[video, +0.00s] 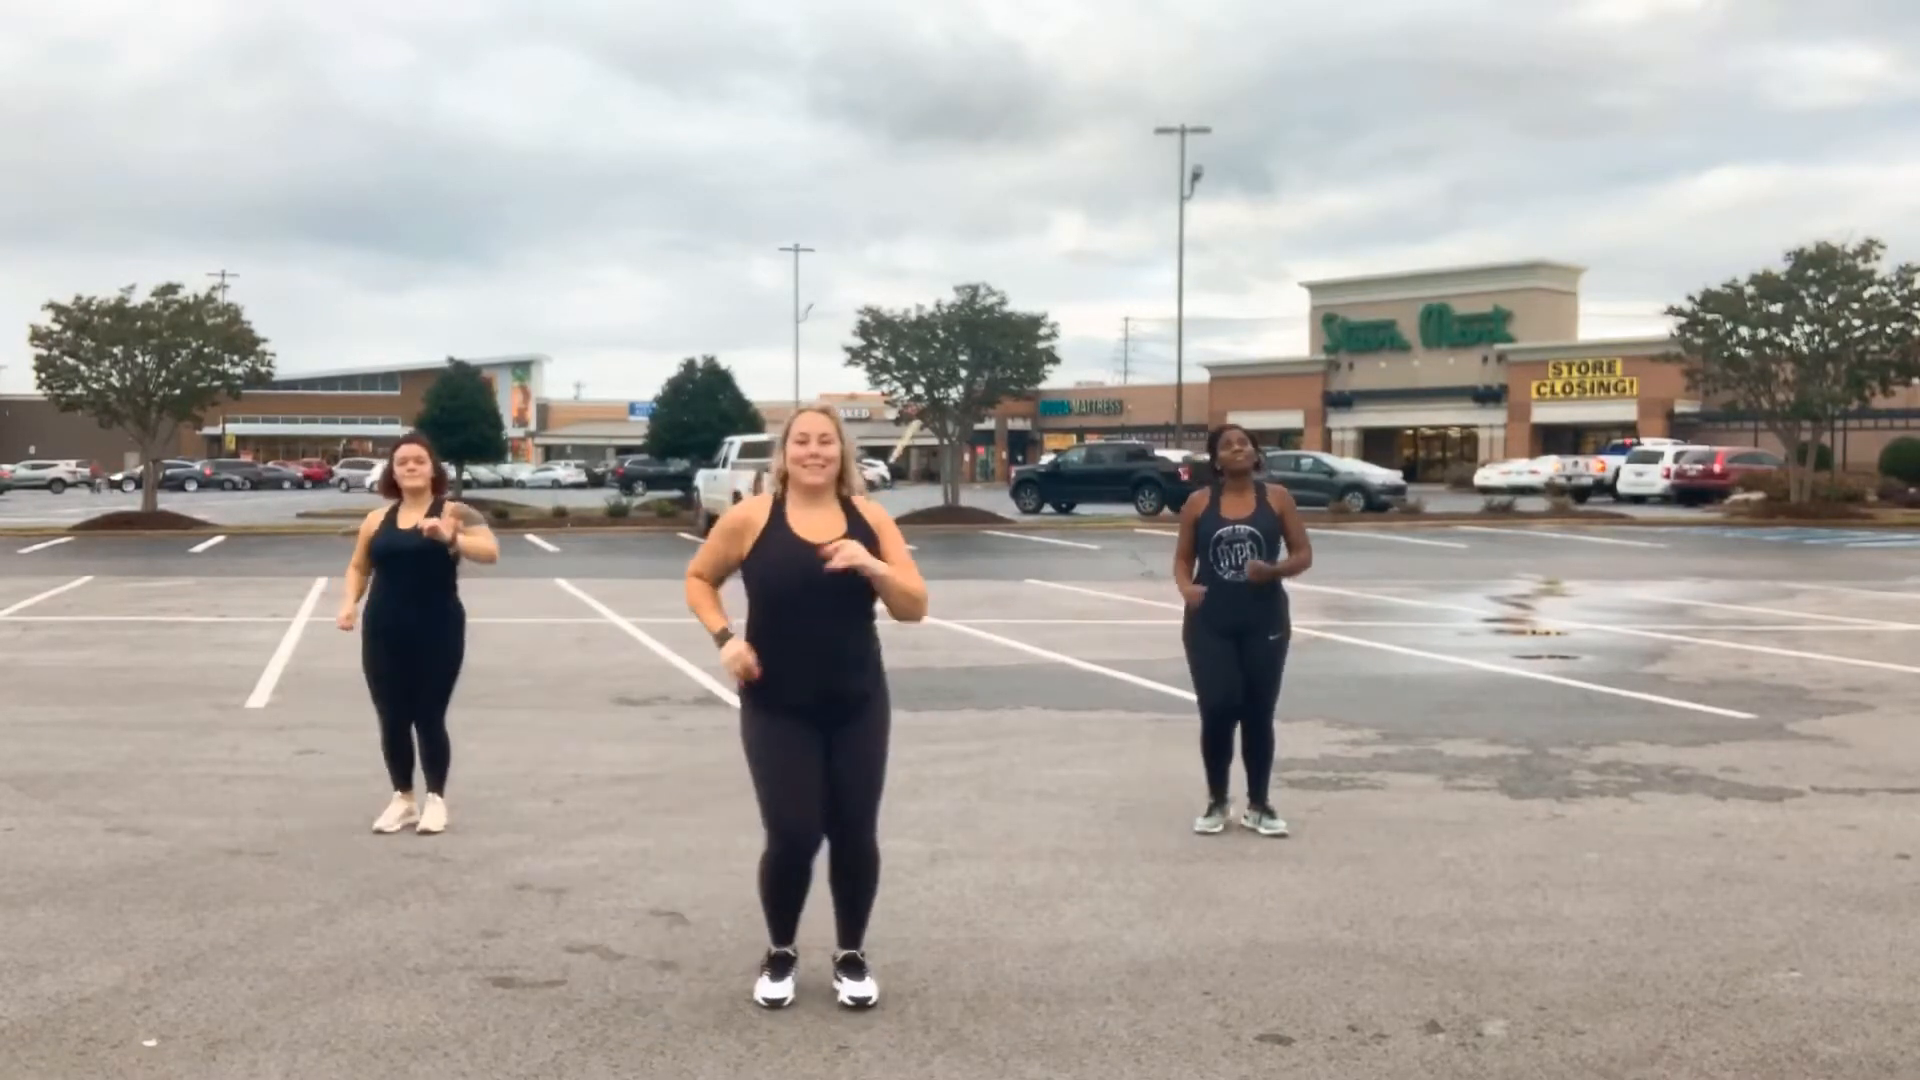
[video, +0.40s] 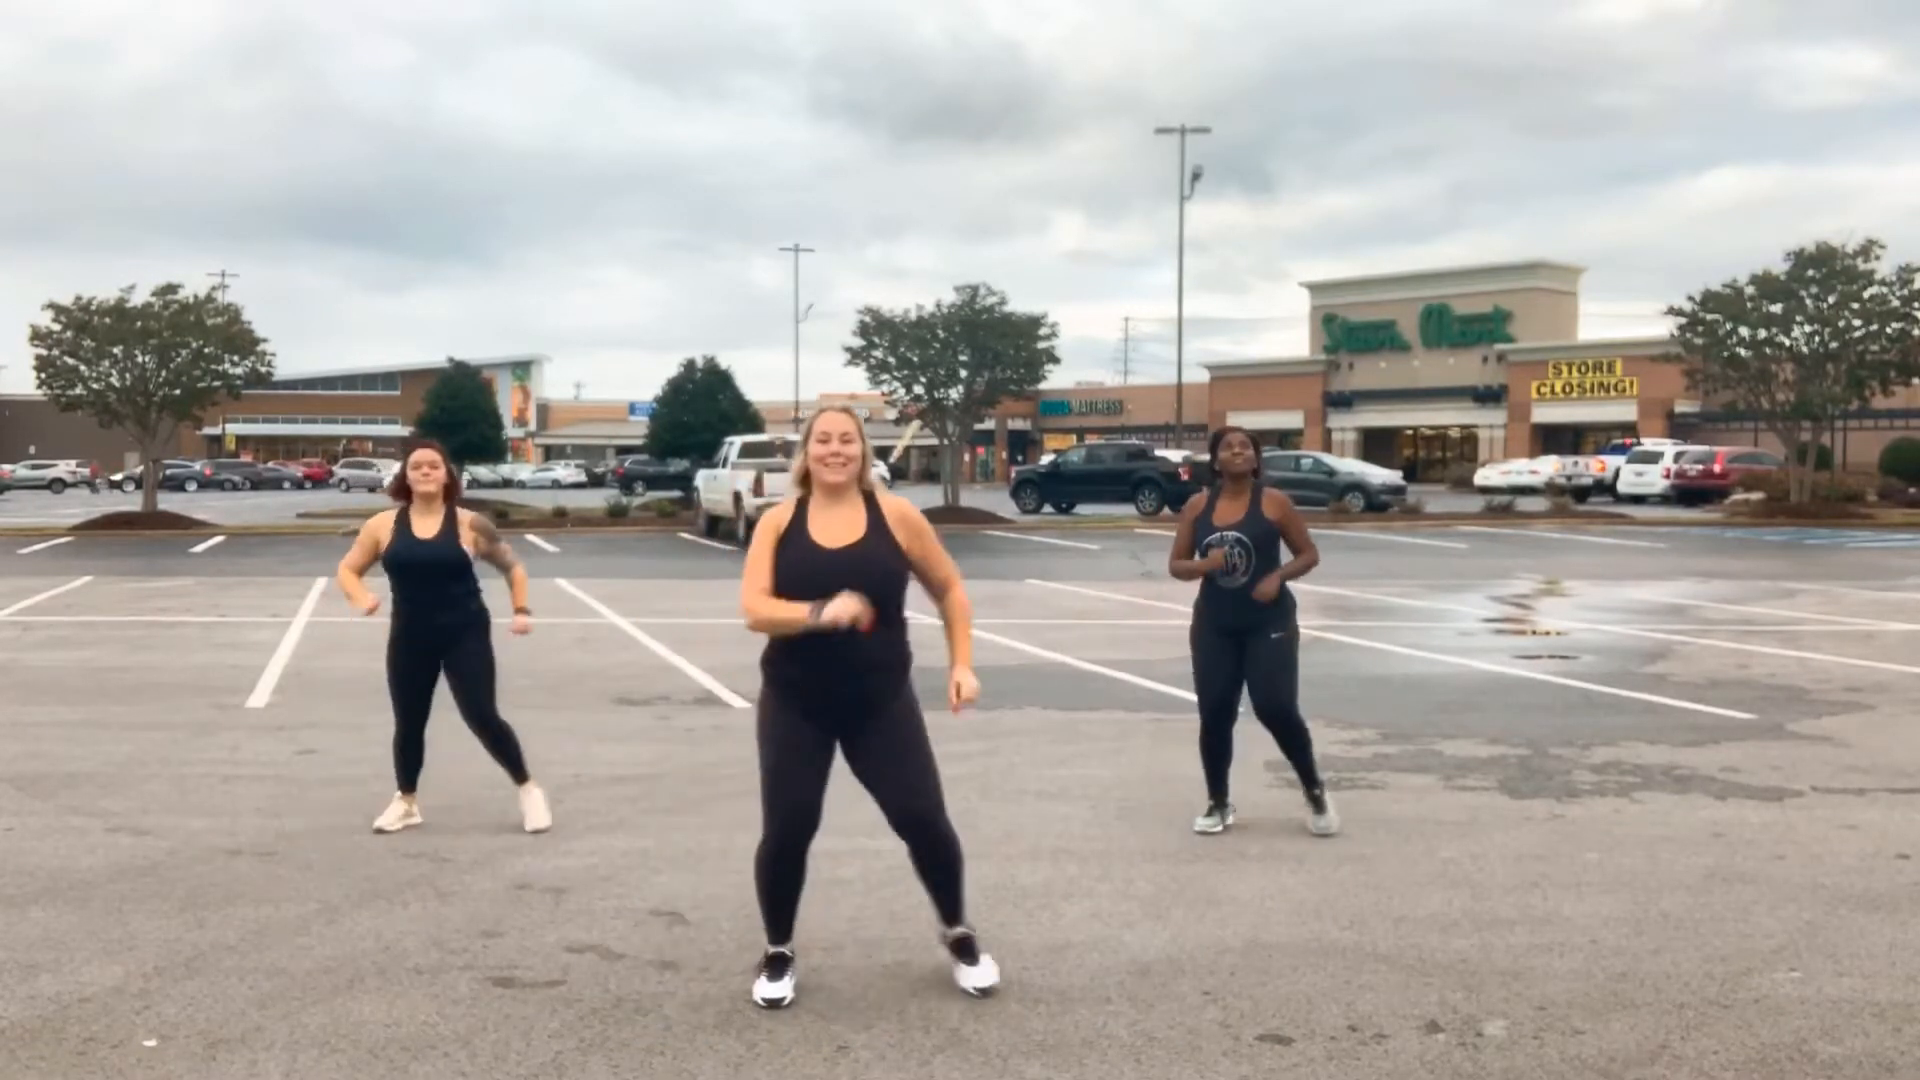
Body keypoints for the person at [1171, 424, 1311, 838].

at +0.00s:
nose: (1238, 451)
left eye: (1244, 444)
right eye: (1229, 447)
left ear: (1255, 453)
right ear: (1216, 459)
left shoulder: (1276, 496)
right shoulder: (1199, 503)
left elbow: (1303, 555)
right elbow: (1183, 561)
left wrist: (1273, 571)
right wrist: (1188, 588)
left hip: (1265, 623)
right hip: (1211, 623)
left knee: (1258, 715)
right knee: (1217, 713)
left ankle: (1258, 807)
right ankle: (1217, 803)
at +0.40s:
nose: (1238, 454)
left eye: (1244, 448)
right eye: (1229, 449)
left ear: (1256, 457)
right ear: (1215, 460)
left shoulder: (1274, 502)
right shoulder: (1197, 506)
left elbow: (1309, 555)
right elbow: (1176, 566)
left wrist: (1278, 575)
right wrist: (1205, 565)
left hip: (1268, 625)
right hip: (1214, 626)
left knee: (1274, 709)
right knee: (1214, 716)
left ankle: (1314, 792)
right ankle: (1218, 804)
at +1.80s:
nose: (1194, 475)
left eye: (1202, 467)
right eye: (1186, 468)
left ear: (1219, 468)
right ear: (1177, 469)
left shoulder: (1233, 500)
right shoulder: (1163, 503)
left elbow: (1255, 564)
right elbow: (1154, 558)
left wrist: (1247, 544)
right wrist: (1184, 508)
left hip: (1212, 625)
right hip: (1159, 624)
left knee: (1237, 709)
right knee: (1154, 709)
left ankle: (1240, 804)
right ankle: (1125, 799)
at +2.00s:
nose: (1178, 475)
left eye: (1186, 468)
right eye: (1171, 468)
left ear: (1202, 468)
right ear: (1161, 470)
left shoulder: (1219, 503)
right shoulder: (1148, 502)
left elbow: (1235, 568)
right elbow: (1136, 558)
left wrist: (1231, 549)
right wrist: (1166, 512)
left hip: (1199, 627)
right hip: (1144, 626)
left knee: (1228, 712)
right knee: (1142, 713)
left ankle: (1240, 803)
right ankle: (1123, 802)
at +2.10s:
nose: (1172, 475)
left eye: (1181, 468)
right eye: (1167, 468)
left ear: (1199, 469)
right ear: (1159, 469)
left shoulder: (1218, 504)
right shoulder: (1146, 501)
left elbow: (1235, 568)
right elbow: (1131, 558)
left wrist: (1229, 551)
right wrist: (1161, 512)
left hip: (1200, 627)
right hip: (1144, 626)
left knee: (1229, 714)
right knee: (1142, 713)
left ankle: (1243, 802)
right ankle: (1123, 802)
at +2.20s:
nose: (1173, 475)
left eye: (1182, 468)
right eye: (1168, 467)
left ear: (1202, 468)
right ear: (1160, 468)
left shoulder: (1222, 504)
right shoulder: (1148, 501)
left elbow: (1240, 565)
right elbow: (1132, 557)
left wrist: (1230, 550)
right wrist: (1162, 511)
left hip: (1206, 624)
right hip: (1150, 624)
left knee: (1229, 716)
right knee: (1145, 714)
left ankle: (1242, 803)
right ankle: (1123, 801)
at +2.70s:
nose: (1183, 478)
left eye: (1191, 471)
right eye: (1178, 470)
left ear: (1214, 470)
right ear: (1174, 469)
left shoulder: (1236, 505)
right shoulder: (1160, 504)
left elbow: (1259, 567)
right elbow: (1146, 560)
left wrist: (1244, 550)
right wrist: (1176, 513)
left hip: (1232, 628)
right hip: (1176, 628)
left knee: (1243, 719)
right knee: (1159, 715)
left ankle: (1243, 803)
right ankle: (1124, 798)